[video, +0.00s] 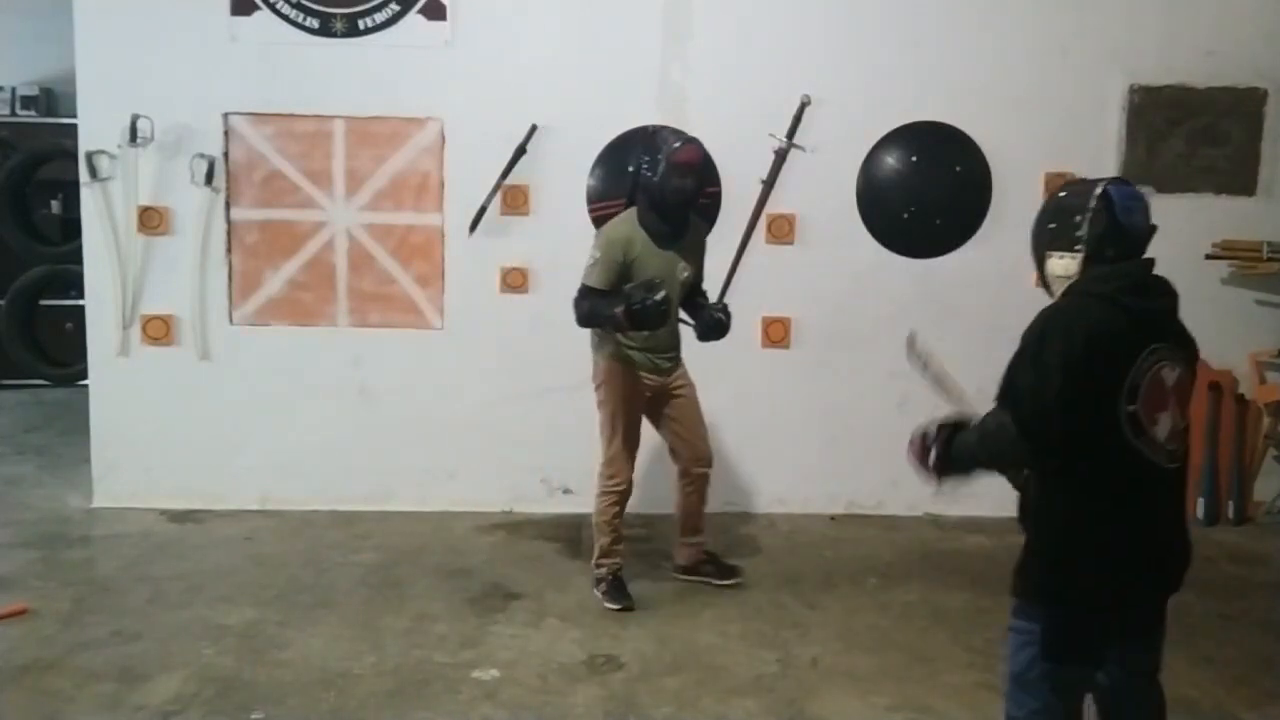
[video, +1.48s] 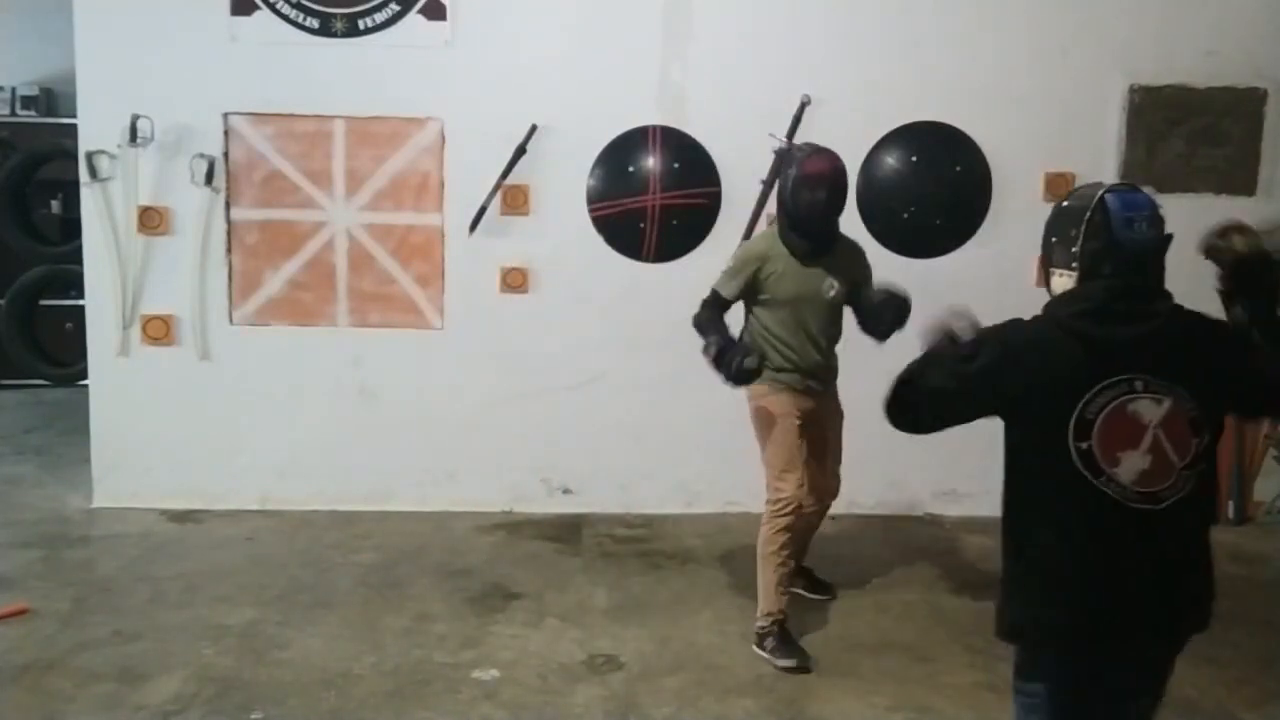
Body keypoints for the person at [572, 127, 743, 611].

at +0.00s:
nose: (687, 189)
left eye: (693, 181)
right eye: (678, 178)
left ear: (699, 189)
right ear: (654, 182)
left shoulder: (693, 235)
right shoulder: (618, 235)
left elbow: (689, 293)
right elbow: (585, 306)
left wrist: (707, 316)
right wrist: (627, 313)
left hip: (669, 367)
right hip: (619, 366)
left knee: (696, 459)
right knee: (617, 472)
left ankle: (690, 555)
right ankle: (607, 570)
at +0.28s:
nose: (732, 193)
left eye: (739, 185)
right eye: (723, 182)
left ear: (744, 189)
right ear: (698, 182)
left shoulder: (735, 238)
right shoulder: (663, 237)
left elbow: (733, 296)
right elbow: (630, 309)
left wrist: (750, 318)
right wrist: (674, 313)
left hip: (710, 373)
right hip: (659, 371)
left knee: (740, 466)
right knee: (643, 476)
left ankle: (744, 567)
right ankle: (610, 570)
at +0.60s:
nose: (785, 189)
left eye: (792, 179)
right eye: (776, 177)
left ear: (798, 182)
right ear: (748, 176)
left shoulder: (794, 235)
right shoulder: (714, 233)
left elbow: (805, 292)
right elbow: (679, 305)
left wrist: (821, 312)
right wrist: (719, 306)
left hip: (762, 368)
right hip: (713, 363)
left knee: (769, 467)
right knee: (726, 464)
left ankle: (747, 568)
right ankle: (692, 575)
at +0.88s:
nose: (810, 221)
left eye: (818, 212)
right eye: (803, 208)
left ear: (823, 215)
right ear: (776, 203)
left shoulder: (810, 259)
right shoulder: (748, 253)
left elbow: (851, 331)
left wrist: (837, 290)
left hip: (773, 382)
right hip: (727, 377)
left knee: (796, 493)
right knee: (772, 487)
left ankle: (754, 567)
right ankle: (742, 589)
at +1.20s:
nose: (830, 233)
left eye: (839, 223)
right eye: (821, 220)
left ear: (845, 226)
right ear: (793, 217)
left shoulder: (839, 279)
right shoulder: (760, 270)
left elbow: (836, 340)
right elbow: (716, 353)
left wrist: (852, 354)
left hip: (805, 405)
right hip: (751, 406)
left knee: (837, 501)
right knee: (786, 508)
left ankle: (780, 548)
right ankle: (772, 629)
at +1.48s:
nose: (817, 204)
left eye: (827, 194)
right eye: (808, 192)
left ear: (839, 200)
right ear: (787, 195)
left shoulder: (848, 257)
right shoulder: (759, 252)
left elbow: (874, 326)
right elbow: (708, 313)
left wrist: (890, 308)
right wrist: (725, 349)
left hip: (822, 392)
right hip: (774, 390)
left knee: (821, 492)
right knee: (788, 498)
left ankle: (790, 565)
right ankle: (769, 622)